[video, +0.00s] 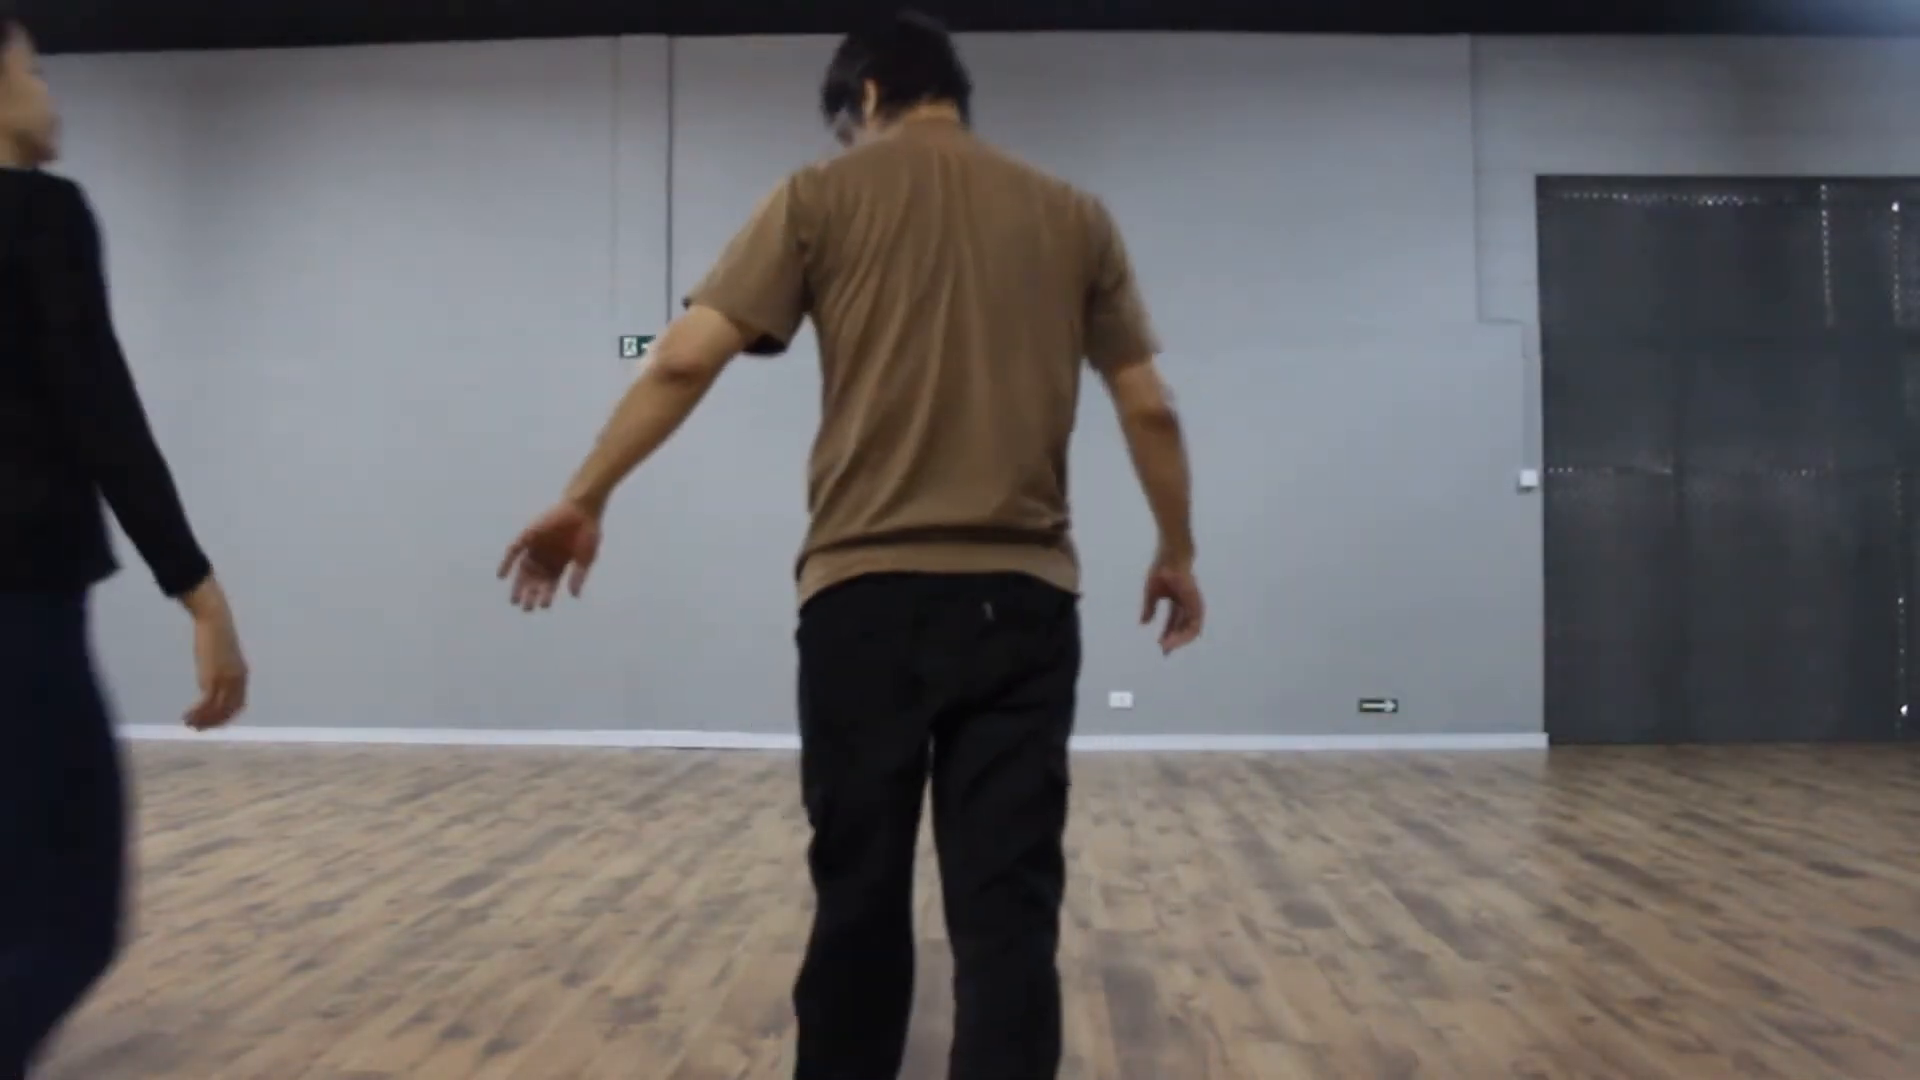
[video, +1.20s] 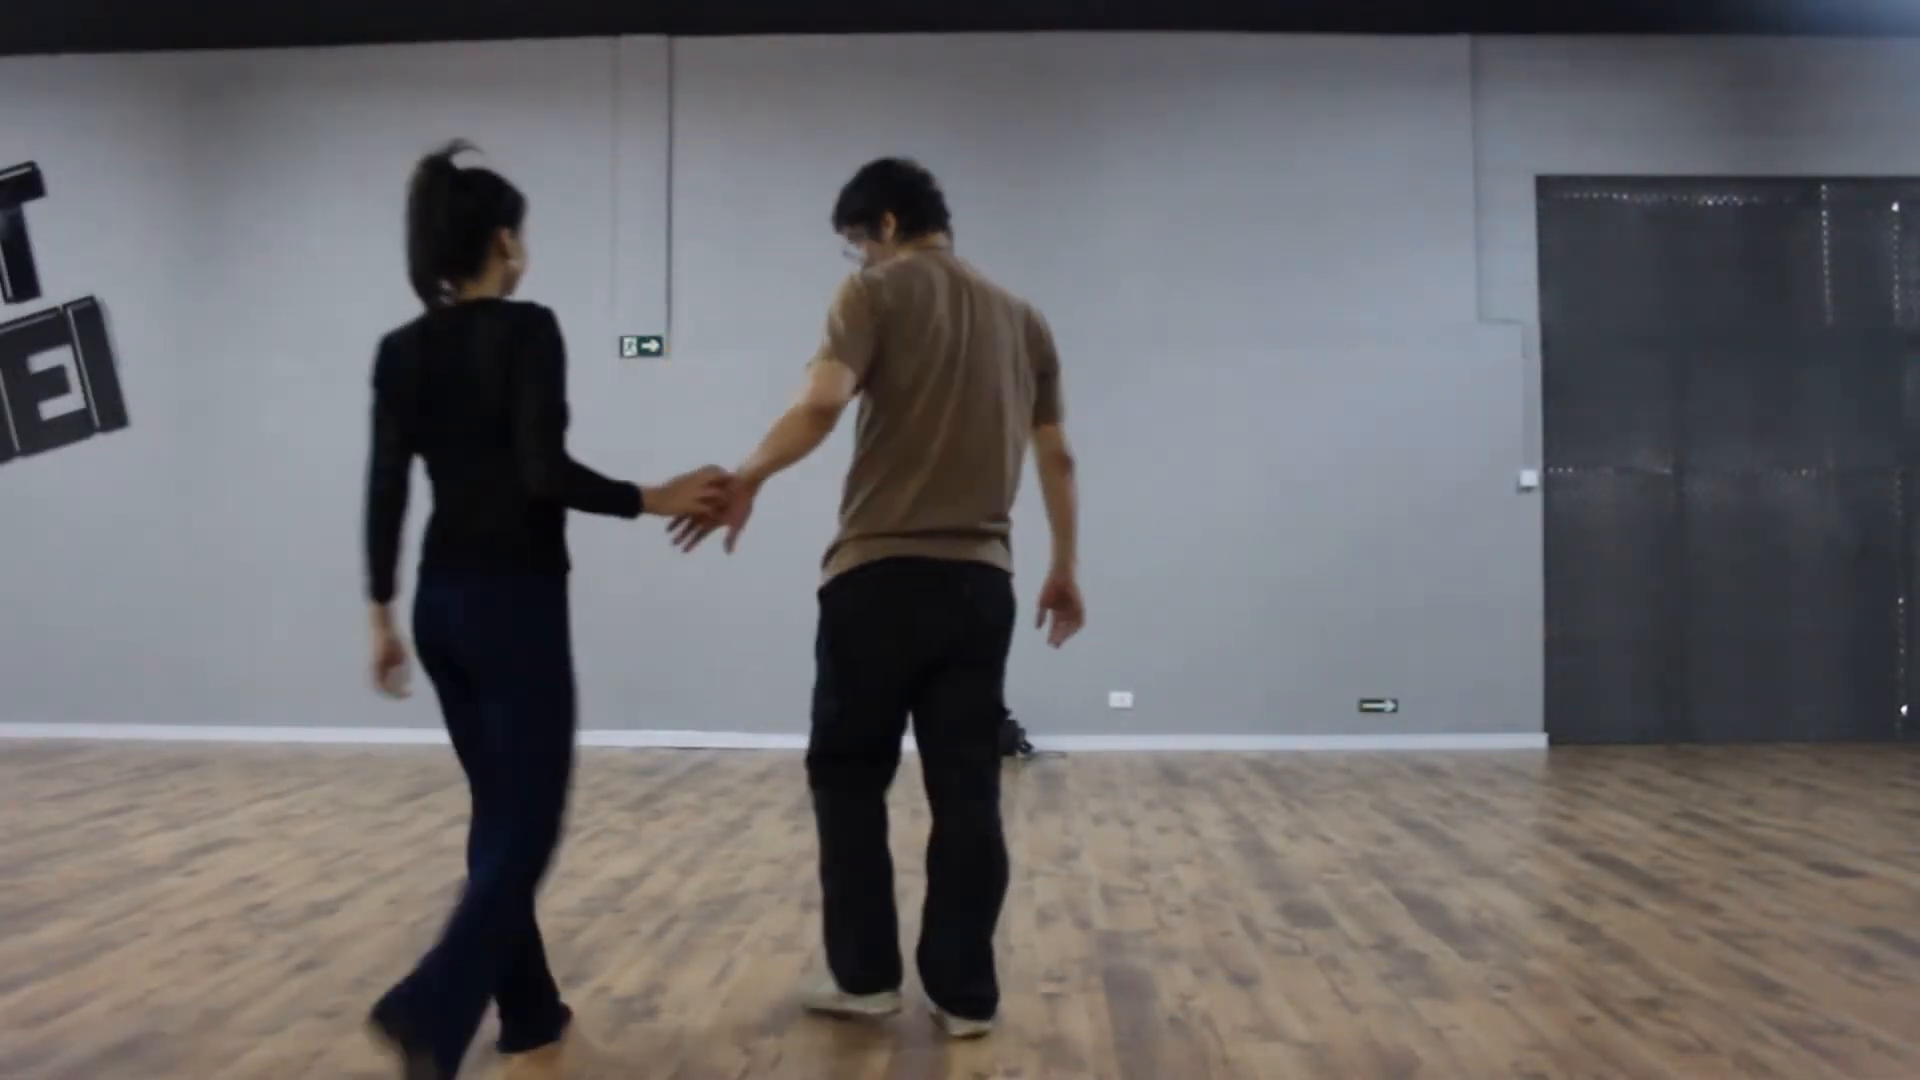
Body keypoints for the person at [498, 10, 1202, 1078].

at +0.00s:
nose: (846, 134)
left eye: (843, 117)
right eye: (842, 121)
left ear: (867, 97)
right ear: (964, 100)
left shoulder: (822, 195)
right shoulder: (1070, 212)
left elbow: (685, 361)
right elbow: (1148, 406)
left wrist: (583, 497)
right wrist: (1175, 549)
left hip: (862, 603)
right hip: (1021, 605)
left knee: (859, 891)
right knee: (1008, 902)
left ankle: (844, 1070)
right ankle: (1005, 1074)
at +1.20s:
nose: (857, 256)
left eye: (857, 241)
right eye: (851, 243)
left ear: (886, 224)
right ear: (939, 224)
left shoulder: (874, 291)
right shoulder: (1018, 315)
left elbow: (821, 404)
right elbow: (1055, 455)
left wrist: (746, 478)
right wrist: (1064, 567)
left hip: (875, 581)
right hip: (979, 587)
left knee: (848, 770)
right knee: (968, 783)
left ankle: (865, 976)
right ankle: (966, 993)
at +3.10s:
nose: (710, 296)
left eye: (723, 281)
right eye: (697, 283)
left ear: (756, 270)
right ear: (684, 282)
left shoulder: (798, 334)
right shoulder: (697, 357)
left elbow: (859, 436)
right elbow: (645, 413)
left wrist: (818, 544)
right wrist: (593, 431)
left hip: (774, 585)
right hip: (712, 585)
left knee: (772, 755)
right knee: (726, 758)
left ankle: (811, 933)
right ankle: (766, 919)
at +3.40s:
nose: (707, 281)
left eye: (720, 264)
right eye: (697, 269)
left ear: (758, 263)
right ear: (688, 278)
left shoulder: (806, 336)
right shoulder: (703, 359)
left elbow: (875, 435)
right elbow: (624, 421)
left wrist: (842, 546)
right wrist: (604, 433)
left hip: (781, 587)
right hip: (714, 585)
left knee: (782, 759)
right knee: (730, 762)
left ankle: (815, 938)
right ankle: (766, 920)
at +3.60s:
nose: (725, 266)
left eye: (738, 250)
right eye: (712, 256)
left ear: (769, 256)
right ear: (700, 270)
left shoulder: (814, 333)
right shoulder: (708, 353)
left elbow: (892, 424)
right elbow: (615, 430)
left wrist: (863, 537)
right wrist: (621, 429)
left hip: (791, 581)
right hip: (720, 583)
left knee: (790, 761)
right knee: (737, 761)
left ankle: (814, 939)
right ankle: (768, 920)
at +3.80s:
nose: (741, 259)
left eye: (751, 243)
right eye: (726, 251)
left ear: (782, 249)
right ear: (714, 268)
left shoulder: (832, 329)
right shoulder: (719, 349)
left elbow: (918, 412)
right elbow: (621, 435)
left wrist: (881, 519)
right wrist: (641, 425)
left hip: (810, 583)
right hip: (736, 584)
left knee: (805, 762)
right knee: (748, 761)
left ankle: (818, 940)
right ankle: (770, 922)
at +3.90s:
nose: (746, 258)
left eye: (757, 242)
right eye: (731, 250)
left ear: (787, 248)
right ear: (719, 267)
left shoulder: (836, 326)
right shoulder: (724, 347)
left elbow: (927, 408)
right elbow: (625, 436)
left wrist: (888, 510)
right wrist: (648, 424)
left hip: (816, 584)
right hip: (741, 584)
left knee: (811, 762)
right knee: (752, 759)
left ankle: (818, 940)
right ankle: (770, 922)